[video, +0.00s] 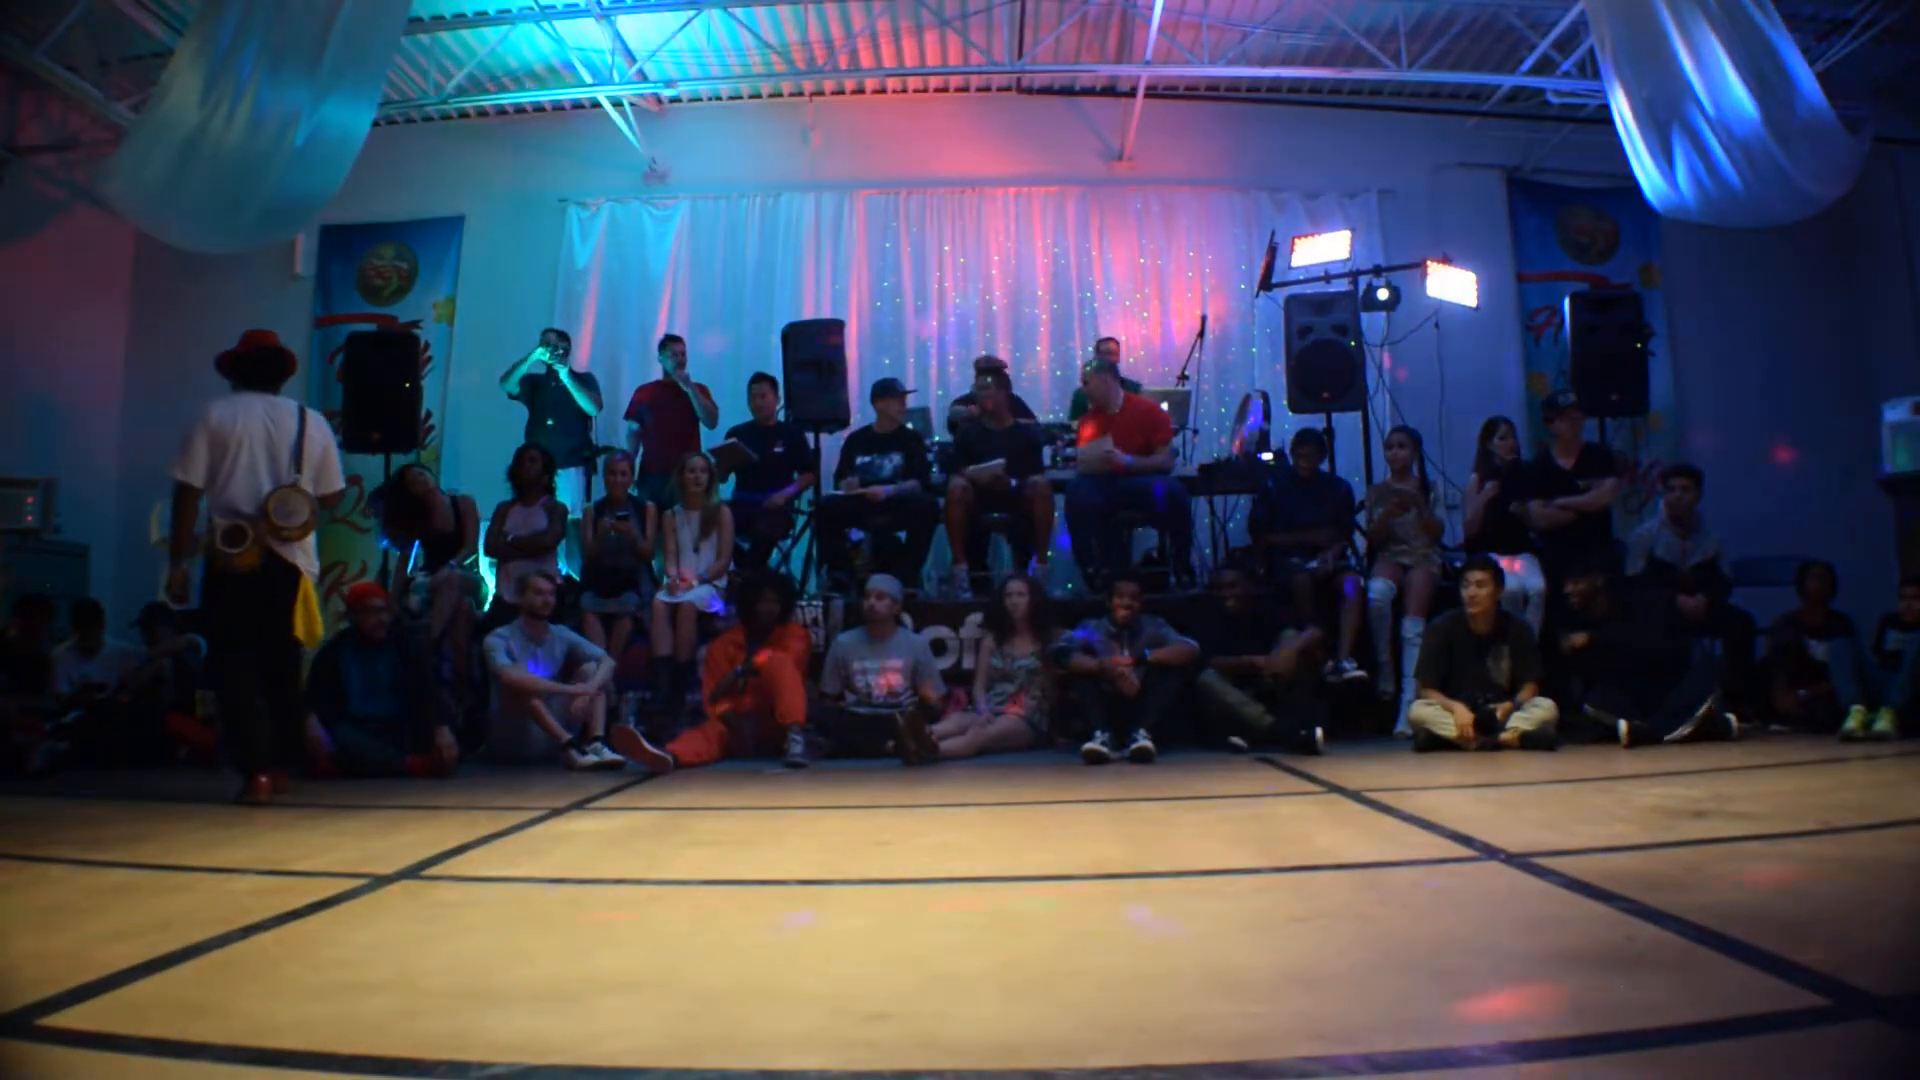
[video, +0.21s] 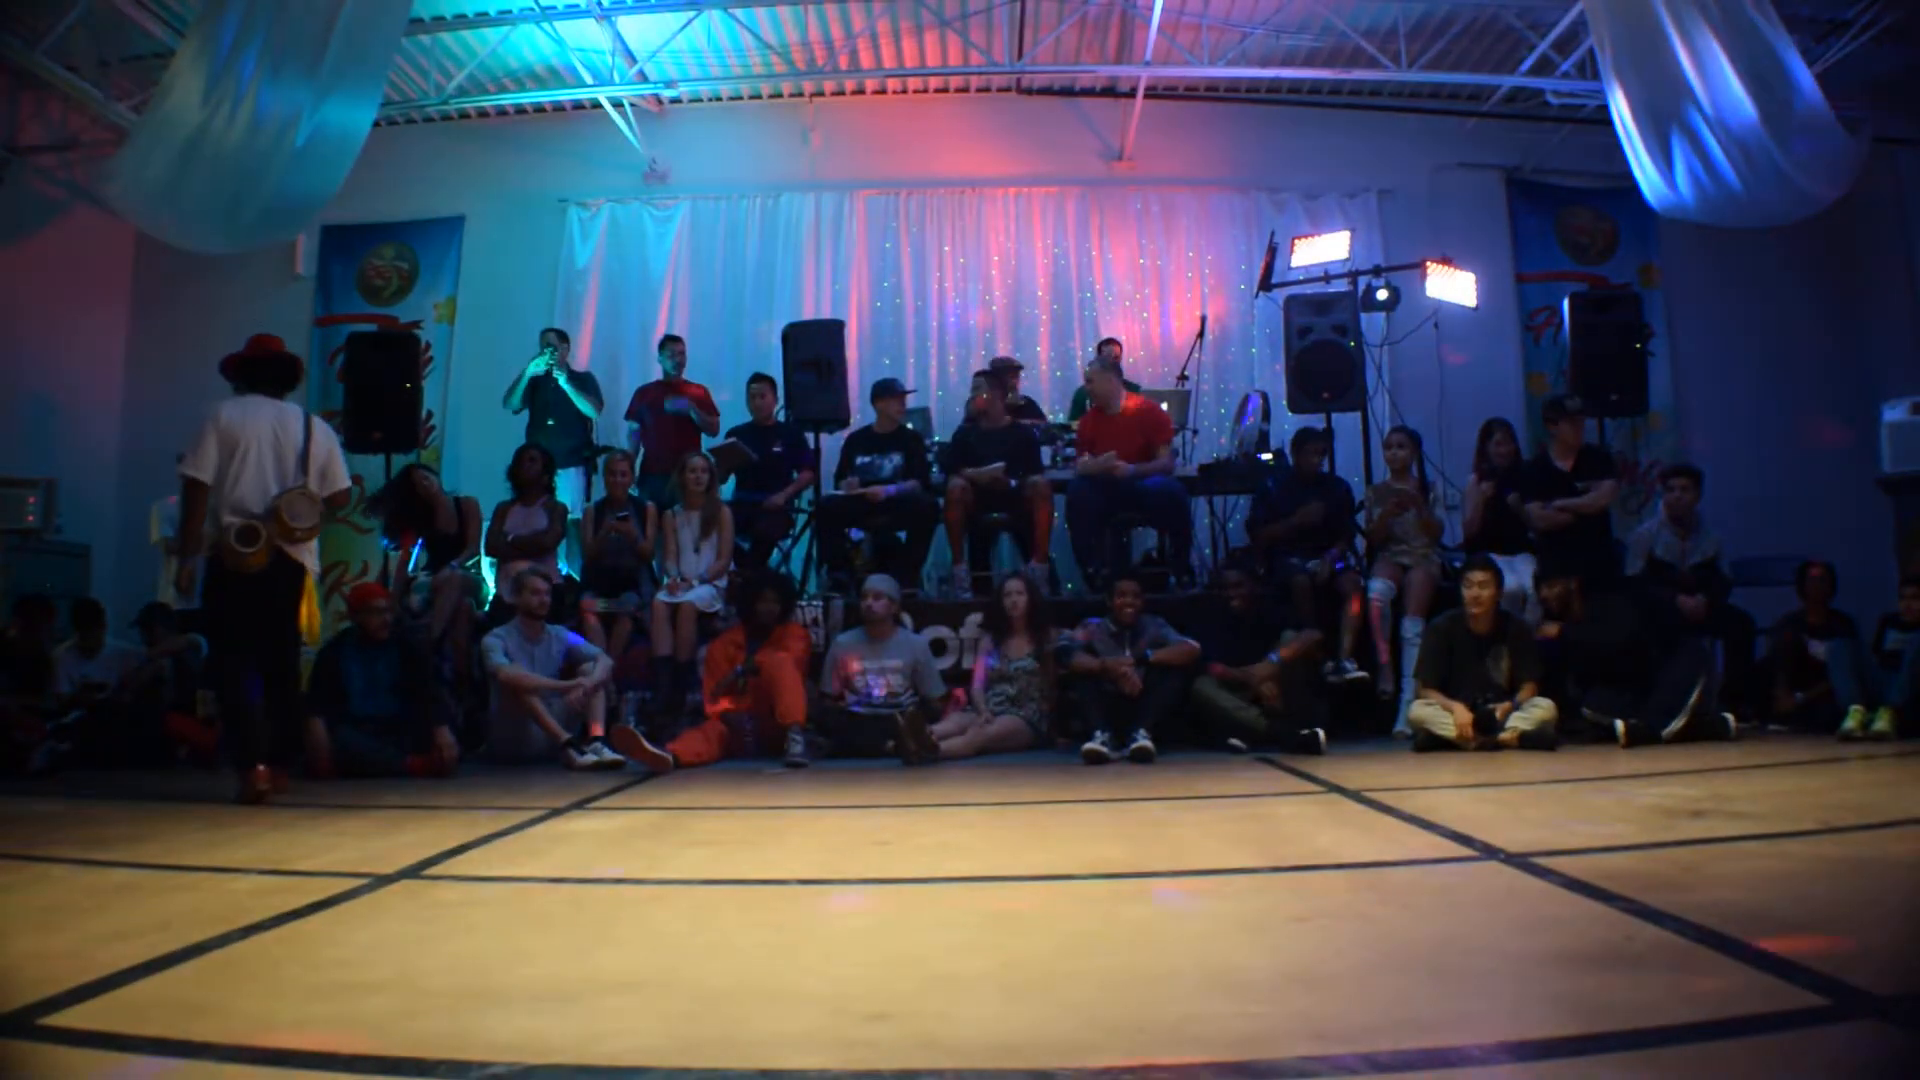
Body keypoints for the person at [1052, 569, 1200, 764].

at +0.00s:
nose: (1127, 603)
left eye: (1133, 598)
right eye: (1120, 597)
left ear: (1140, 603)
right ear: (1110, 601)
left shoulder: (1151, 627)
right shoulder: (1093, 629)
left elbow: (1190, 650)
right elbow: (1060, 653)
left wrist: (1141, 658)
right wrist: (1106, 667)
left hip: (1144, 700)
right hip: (1105, 701)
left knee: (1167, 669)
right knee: (1085, 673)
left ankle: (1142, 733)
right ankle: (1101, 734)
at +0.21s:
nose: (1129, 602)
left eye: (1135, 597)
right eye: (1122, 596)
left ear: (1142, 602)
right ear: (1111, 601)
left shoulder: (1153, 627)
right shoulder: (1093, 628)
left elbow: (1191, 649)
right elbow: (1065, 653)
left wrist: (1141, 659)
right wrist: (1110, 668)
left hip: (1145, 699)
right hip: (1105, 700)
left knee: (1168, 669)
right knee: (1086, 675)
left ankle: (1142, 733)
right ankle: (1101, 734)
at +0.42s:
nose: (1124, 602)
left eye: (1130, 597)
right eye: (1118, 597)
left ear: (1138, 602)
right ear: (1109, 601)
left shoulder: (1152, 627)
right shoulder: (1094, 628)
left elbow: (1191, 649)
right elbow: (1063, 652)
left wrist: (1143, 658)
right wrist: (1111, 668)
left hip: (1143, 699)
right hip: (1104, 700)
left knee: (1168, 669)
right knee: (1086, 671)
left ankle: (1143, 733)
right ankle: (1101, 734)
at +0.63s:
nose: (1120, 601)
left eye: (1126, 595)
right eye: (1115, 595)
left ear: (1137, 600)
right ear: (1107, 599)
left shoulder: (1152, 627)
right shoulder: (1093, 628)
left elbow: (1191, 649)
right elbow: (1065, 653)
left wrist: (1143, 658)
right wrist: (1111, 668)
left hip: (1143, 700)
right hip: (1104, 700)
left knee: (1165, 669)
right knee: (1086, 672)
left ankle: (1143, 733)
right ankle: (1100, 735)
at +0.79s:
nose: (1117, 601)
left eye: (1124, 595)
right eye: (1111, 595)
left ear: (1134, 599)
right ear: (1104, 600)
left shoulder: (1151, 627)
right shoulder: (1092, 628)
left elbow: (1191, 649)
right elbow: (1063, 653)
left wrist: (1142, 658)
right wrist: (1111, 666)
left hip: (1145, 700)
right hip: (1104, 702)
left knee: (1169, 669)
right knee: (1083, 674)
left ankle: (1142, 733)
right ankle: (1101, 734)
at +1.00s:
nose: (1125, 604)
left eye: (1129, 597)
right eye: (1119, 598)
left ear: (1135, 600)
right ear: (1106, 603)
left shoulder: (1150, 627)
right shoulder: (1092, 628)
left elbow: (1190, 649)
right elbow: (1063, 653)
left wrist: (1142, 659)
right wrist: (1111, 668)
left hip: (1143, 702)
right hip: (1103, 702)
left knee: (1166, 671)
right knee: (1084, 676)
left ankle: (1142, 733)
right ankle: (1100, 734)